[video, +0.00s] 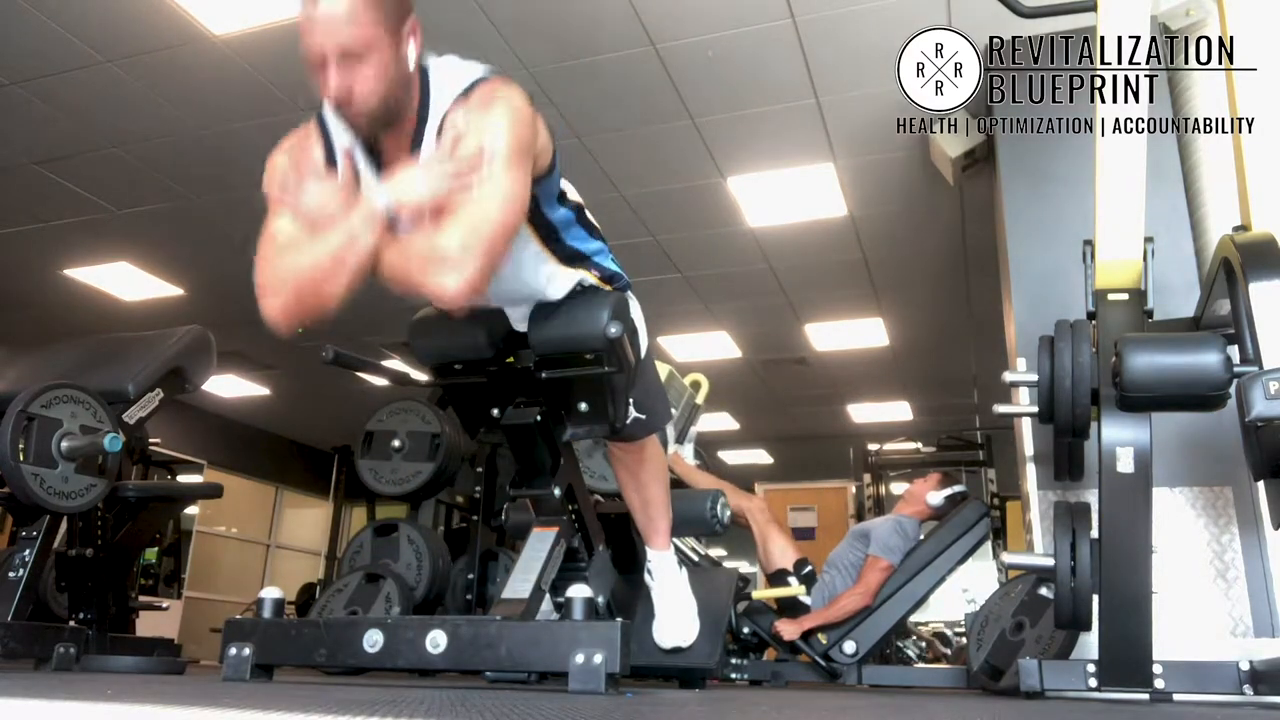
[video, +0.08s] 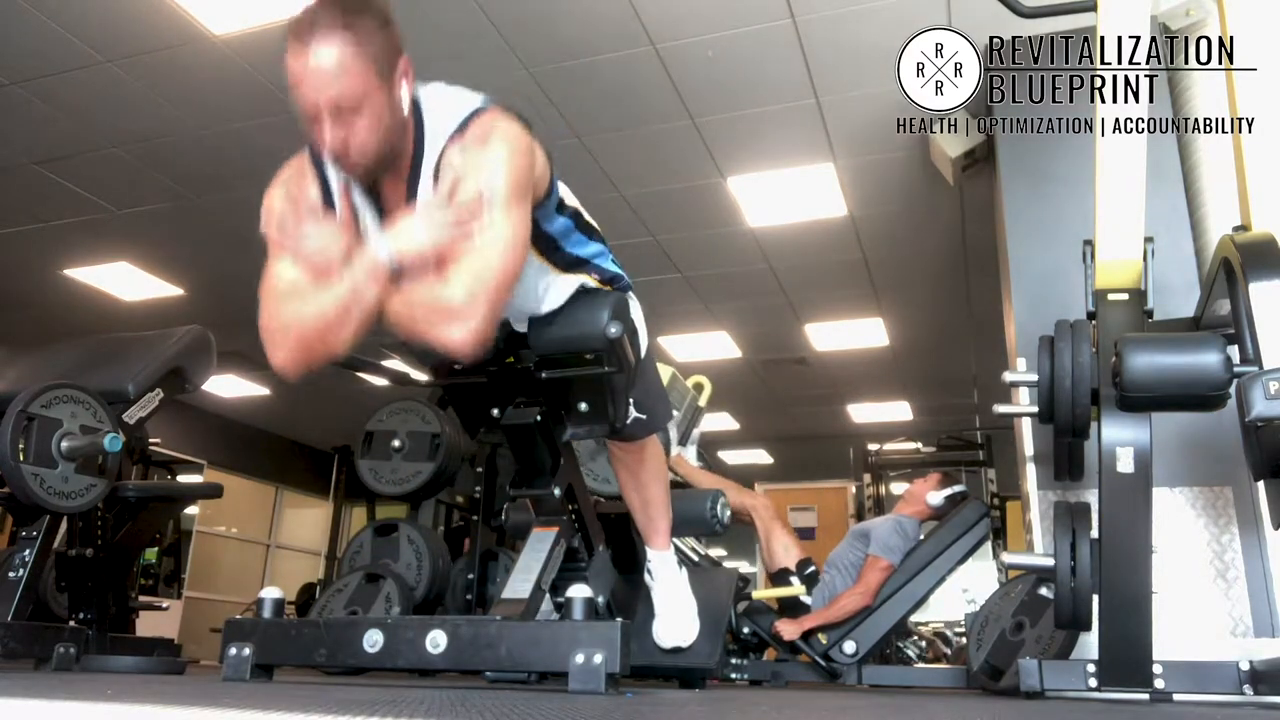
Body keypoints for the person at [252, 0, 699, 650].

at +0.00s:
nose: (334, 87)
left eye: (353, 60)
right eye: (319, 65)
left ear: (409, 42)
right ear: (306, 62)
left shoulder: (492, 110)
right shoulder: (300, 157)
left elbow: (455, 276)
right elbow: (281, 306)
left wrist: (343, 225)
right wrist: (388, 204)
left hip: (573, 293)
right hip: (472, 315)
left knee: (627, 413)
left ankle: (661, 564)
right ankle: (548, 533)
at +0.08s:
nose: (329, 141)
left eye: (346, 113)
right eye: (311, 118)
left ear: (401, 81)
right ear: (295, 106)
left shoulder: (491, 146)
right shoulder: (296, 190)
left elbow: (463, 326)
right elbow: (288, 350)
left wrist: (349, 270)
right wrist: (387, 254)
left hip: (571, 298)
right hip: (470, 329)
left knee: (625, 410)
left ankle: (661, 563)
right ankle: (550, 529)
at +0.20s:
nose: (331, 247)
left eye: (346, 220)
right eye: (312, 224)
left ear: (394, 173)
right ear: (291, 196)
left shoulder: (491, 205)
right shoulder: (300, 247)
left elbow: (480, 404)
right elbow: (309, 423)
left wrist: (359, 341)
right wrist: (399, 338)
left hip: (576, 303)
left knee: (629, 417)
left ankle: (662, 562)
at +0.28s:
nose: (334, 289)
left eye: (348, 266)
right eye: (315, 271)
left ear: (396, 214)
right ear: (294, 243)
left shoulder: (494, 234)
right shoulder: (302, 278)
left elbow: (491, 433)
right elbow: (320, 451)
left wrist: (365, 370)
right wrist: (416, 373)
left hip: (575, 296)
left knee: (631, 425)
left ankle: (662, 561)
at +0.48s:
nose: (358, 386)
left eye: (371, 366)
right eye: (340, 373)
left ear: (412, 307)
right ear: (310, 339)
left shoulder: (504, 305)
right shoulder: (318, 336)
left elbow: (520, 492)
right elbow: (353, 501)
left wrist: (390, 439)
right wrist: (434, 460)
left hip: (573, 270)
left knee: (632, 430)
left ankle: (662, 563)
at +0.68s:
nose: (355, 385)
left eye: (367, 367)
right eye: (338, 371)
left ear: (411, 307)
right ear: (310, 339)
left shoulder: (504, 305)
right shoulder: (319, 339)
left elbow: (518, 491)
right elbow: (357, 498)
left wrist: (393, 434)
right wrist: (434, 456)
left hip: (572, 266)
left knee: (632, 420)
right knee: (405, 444)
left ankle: (663, 564)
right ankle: (398, 575)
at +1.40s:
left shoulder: (570, 10)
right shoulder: (414, 41)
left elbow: (478, 11)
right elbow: (333, 28)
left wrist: (396, 12)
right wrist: (421, 1)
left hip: (579, 252)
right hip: (477, 263)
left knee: (628, 417)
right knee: (509, 424)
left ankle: (661, 562)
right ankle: (543, 548)